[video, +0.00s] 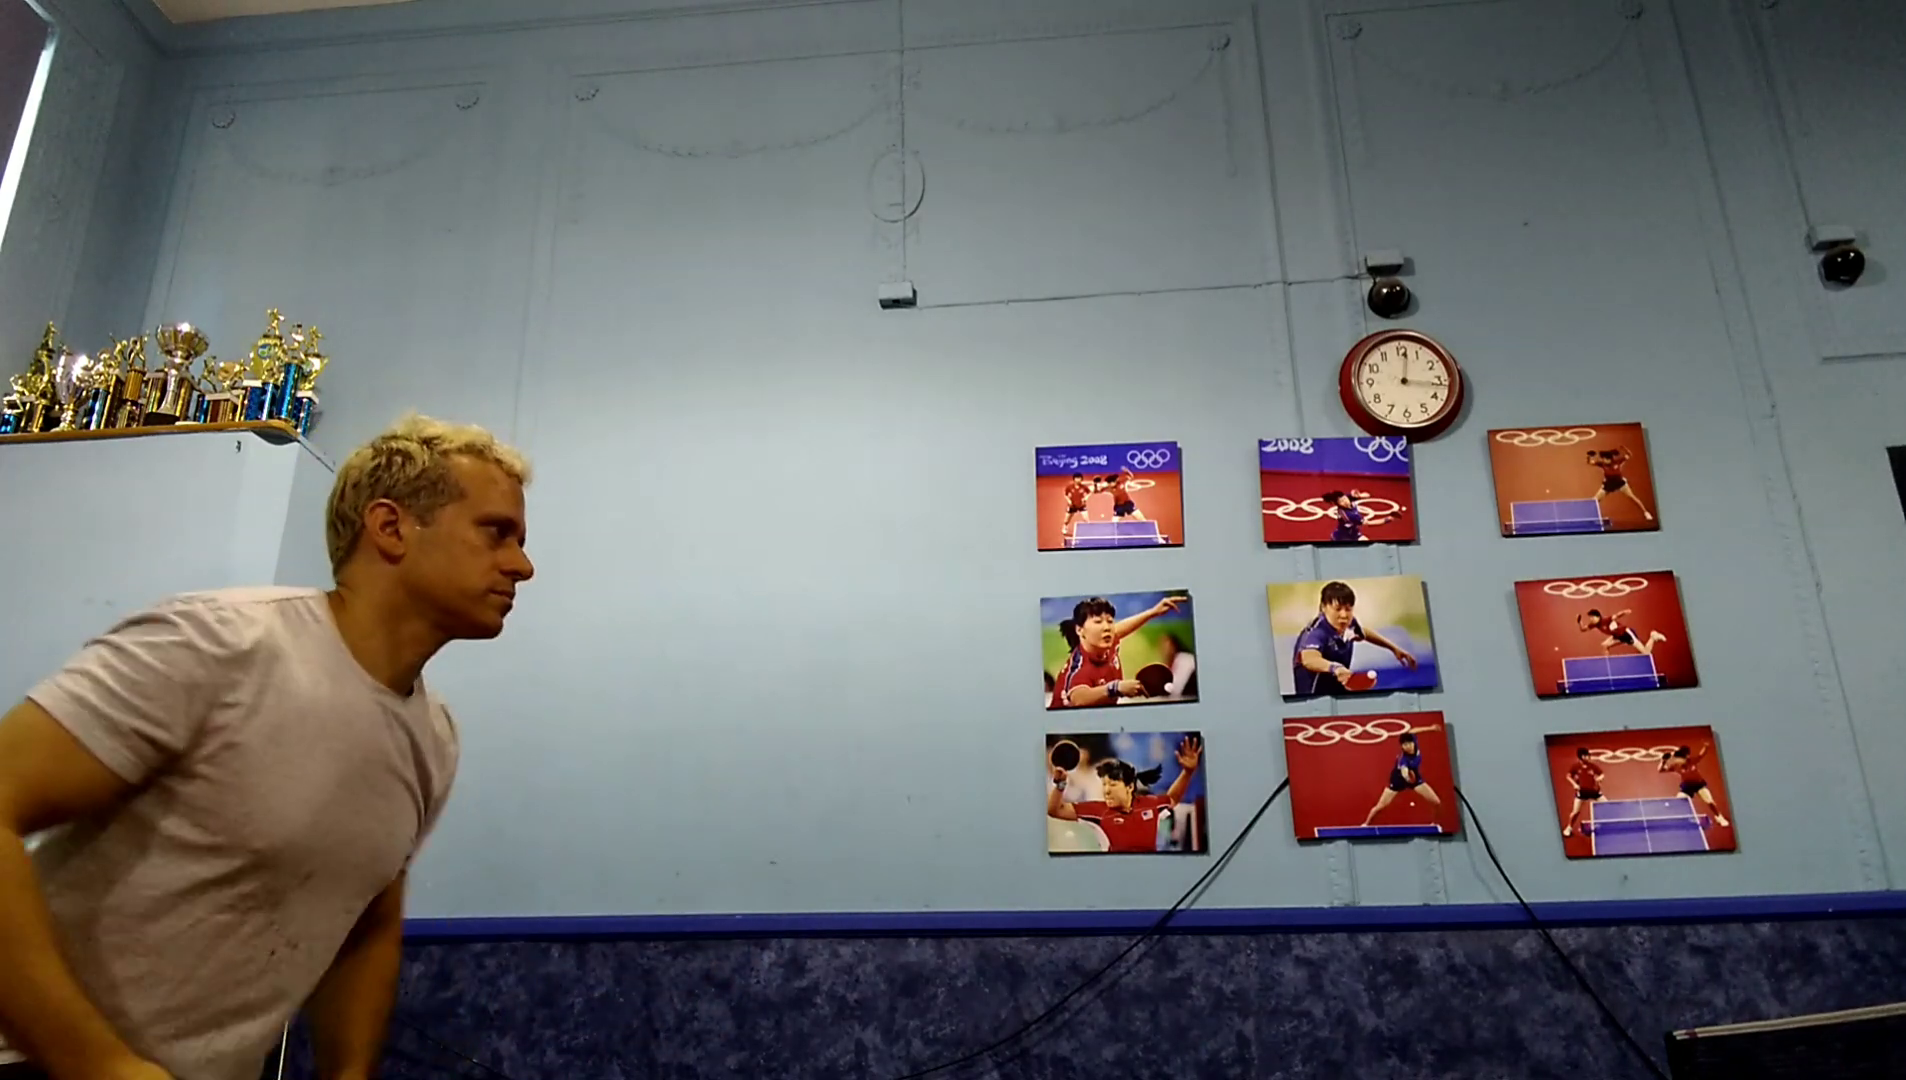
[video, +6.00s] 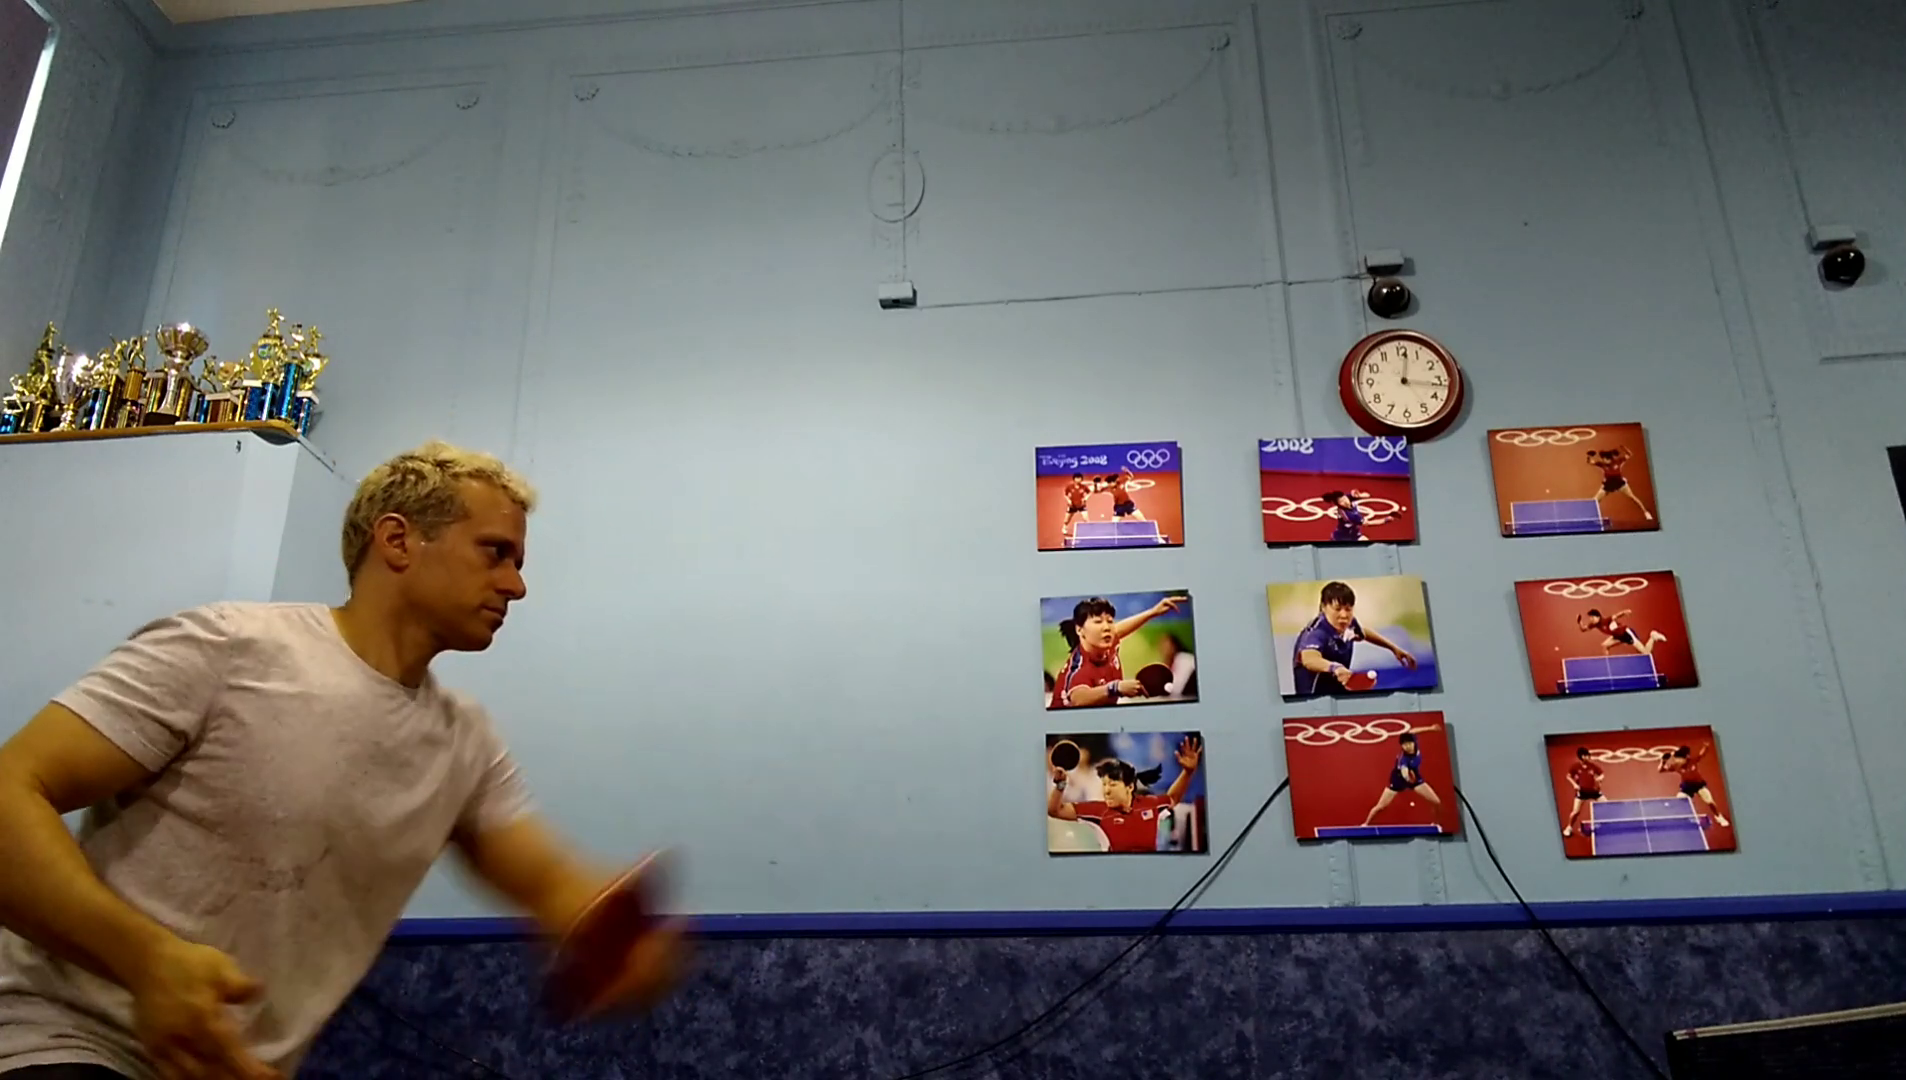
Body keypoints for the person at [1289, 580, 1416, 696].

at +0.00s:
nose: (1344, 615)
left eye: (1348, 609)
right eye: (1338, 609)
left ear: (1353, 609)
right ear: (1324, 608)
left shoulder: (1349, 624)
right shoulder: (1315, 632)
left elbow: (1364, 634)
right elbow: (1309, 660)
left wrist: (1395, 649)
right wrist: (1335, 668)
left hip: (1341, 705)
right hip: (1314, 708)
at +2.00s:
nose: (1344, 615)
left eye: (1348, 609)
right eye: (1338, 609)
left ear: (1353, 609)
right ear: (1324, 608)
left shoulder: (1349, 624)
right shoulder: (1316, 633)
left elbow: (1364, 634)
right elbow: (1309, 660)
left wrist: (1395, 649)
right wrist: (1335, 668)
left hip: (1341, 704)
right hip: (1314, 708)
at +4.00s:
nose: (1344, 615)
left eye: (1348, 609)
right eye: (1338, 609)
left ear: (1353, 609)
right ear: (1324, 608)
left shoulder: (1349, 624)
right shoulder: (1315, 633)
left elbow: (1364, 634)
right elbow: (1309, 660)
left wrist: (1395, 649)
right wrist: (1335, 668)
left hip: (1341, 704)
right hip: (1314, 708)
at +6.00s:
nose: (1344, 615)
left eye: (1348, 609)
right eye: (1338, 609)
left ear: (1353, 609)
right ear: (1324, 608)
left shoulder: (1349, 624)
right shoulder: (1316, 633)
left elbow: (1364, 633)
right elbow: (1309, 660)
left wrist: (1394, 649)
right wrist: (1335, 668)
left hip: (1341, 703)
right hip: (1314, 707)